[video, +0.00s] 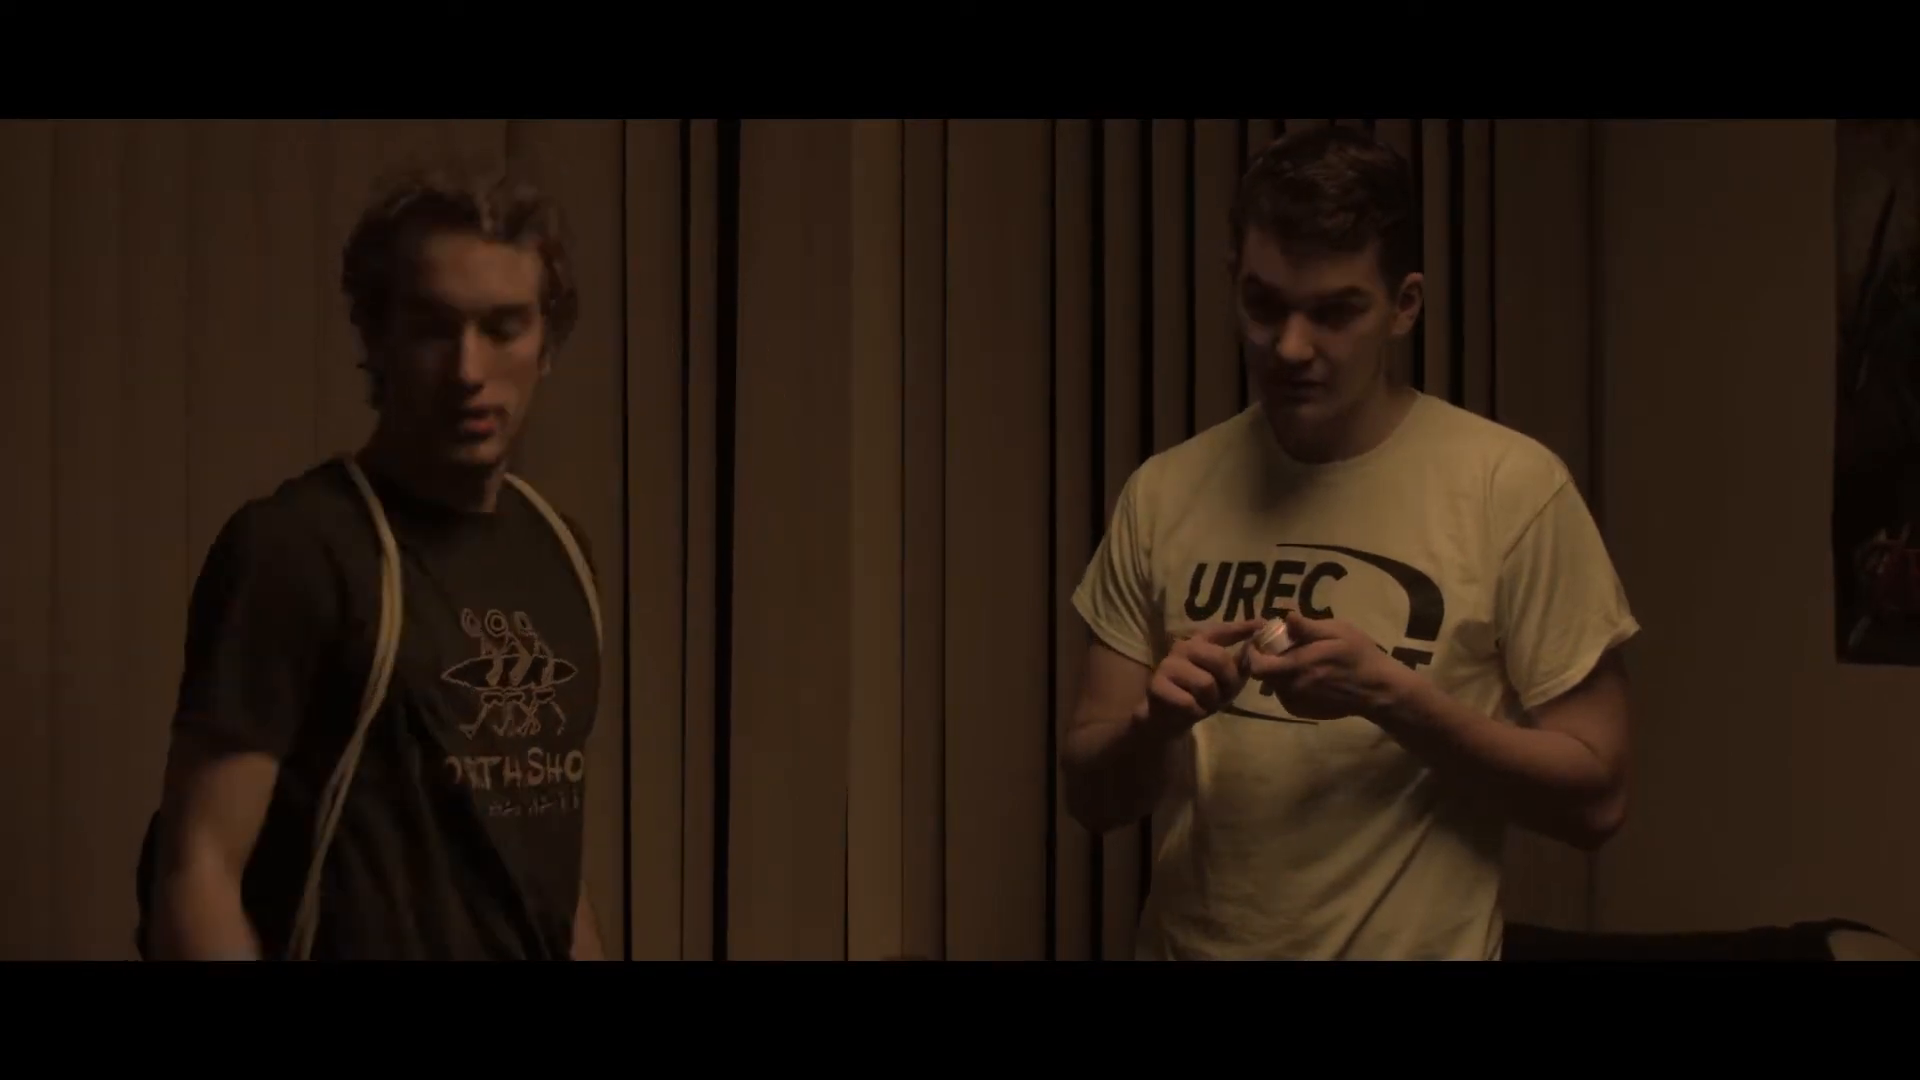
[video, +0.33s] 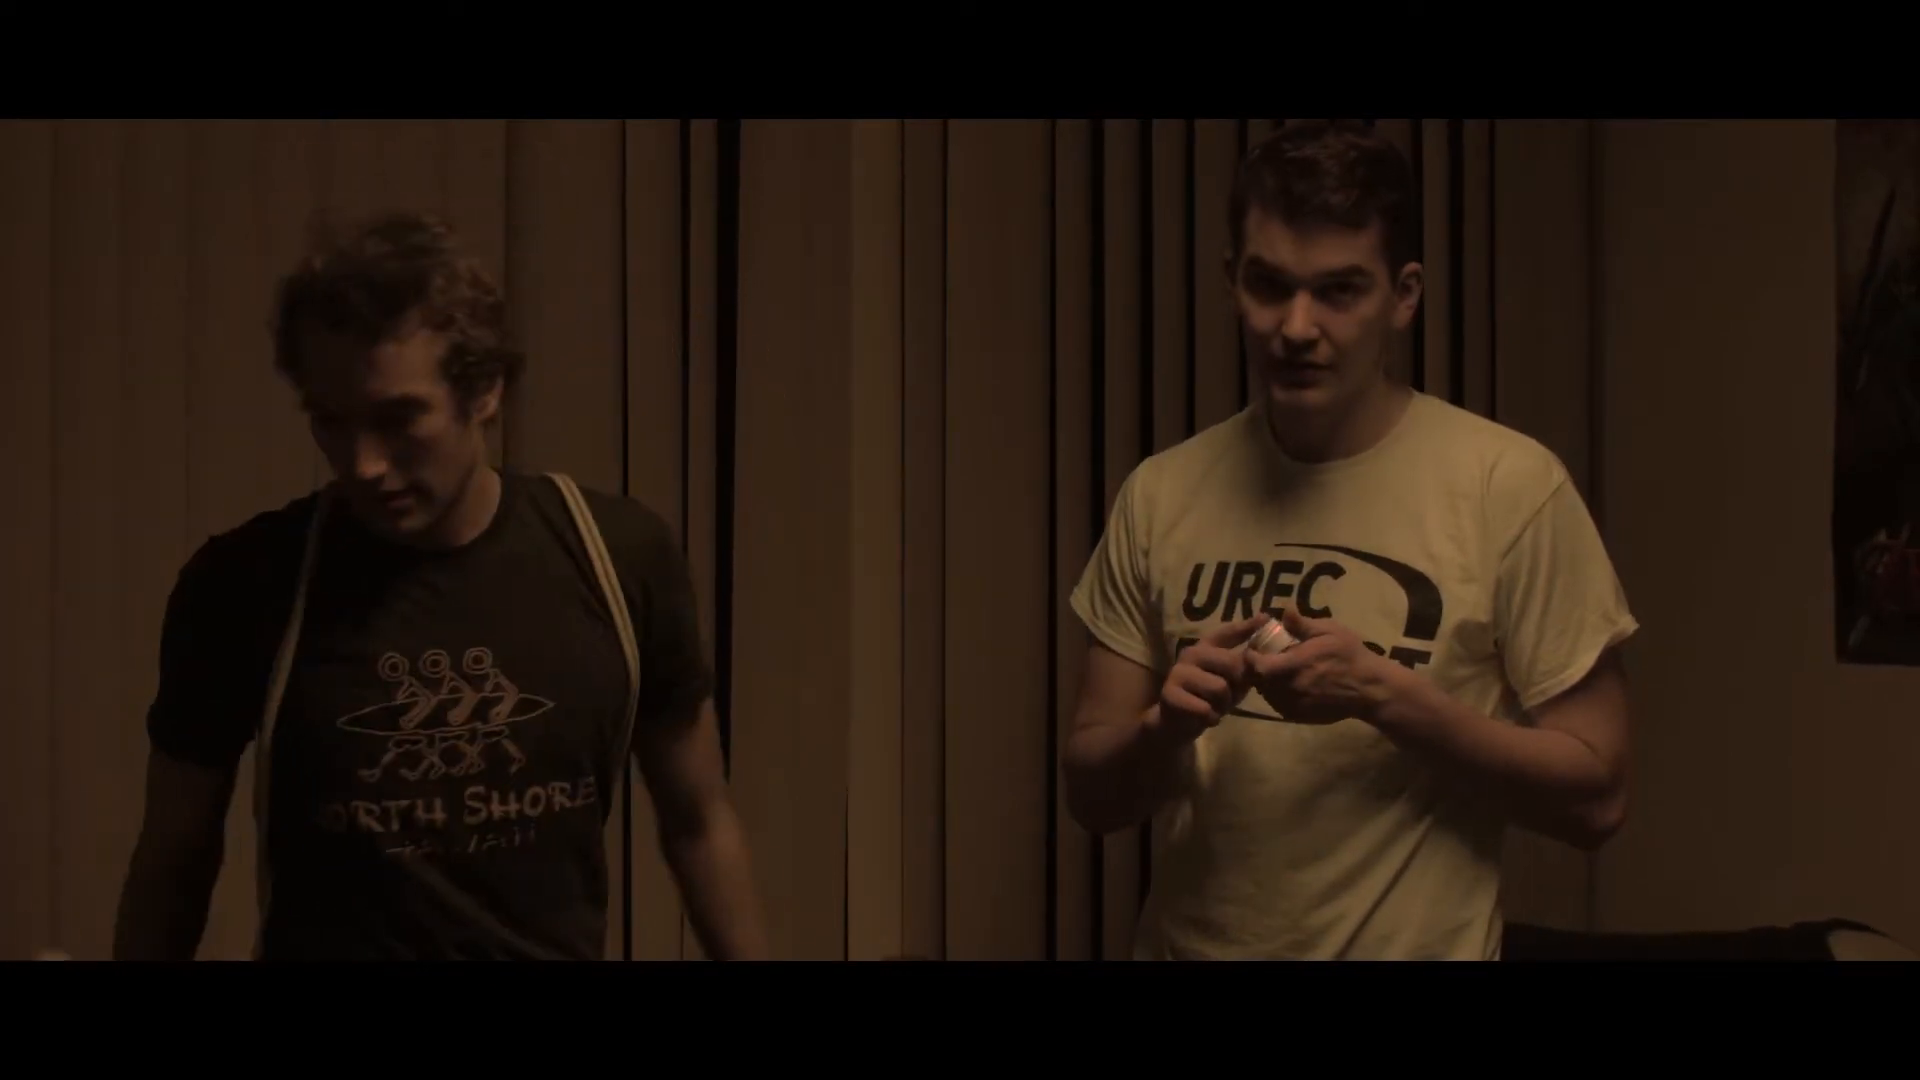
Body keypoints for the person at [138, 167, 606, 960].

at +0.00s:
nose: (470, 371)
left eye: (503, 327)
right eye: (432, 327)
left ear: (546, 340)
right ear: (372, 340)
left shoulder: (555, 546)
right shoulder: (288, 549)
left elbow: (540, 848)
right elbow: (197, 869)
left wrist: (584, 946)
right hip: (349, 943)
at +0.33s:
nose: (364, 466)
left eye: (399, 420)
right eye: (333, 426)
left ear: (484, 396)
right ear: (308, 413)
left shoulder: (623, 556)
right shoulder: (240, 586)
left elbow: (698, 821)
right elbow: (174, 862)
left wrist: (750, 954)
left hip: (556, 947)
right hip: (324, 950)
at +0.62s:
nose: (277, 501)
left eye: (305, 459)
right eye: (251, 466)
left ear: (403, 418)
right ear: (230, 446)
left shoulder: (598, 547)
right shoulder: (226, 610)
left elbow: (735, 792)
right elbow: (199, 882)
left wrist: (799, 959)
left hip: (575, 949)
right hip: (356, 958)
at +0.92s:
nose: (357, 397)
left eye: (393, 352)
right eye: (326, 362)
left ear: (465, 365)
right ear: (295, 381)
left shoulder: (588, 541)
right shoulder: (223, 581)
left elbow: (671, 796)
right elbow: (168, 877)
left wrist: (714, 953)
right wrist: (374, 863)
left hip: (546, 951)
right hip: (332, 963)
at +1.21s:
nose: (425, 364)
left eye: (460, 327)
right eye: (388, 331)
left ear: (514, 367)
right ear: (347, 370)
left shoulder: (579, 565)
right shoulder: (249, 572)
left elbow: (610, 842)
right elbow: (203, 885)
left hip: (529, 946)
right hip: (329, 945)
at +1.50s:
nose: (446, 402)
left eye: (480, 364)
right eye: (413, 366)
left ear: (532, 381)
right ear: (369, 382)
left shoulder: (573, 578)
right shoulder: (265, 577)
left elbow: (580, 850)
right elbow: (159, 863)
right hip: (317, 945)